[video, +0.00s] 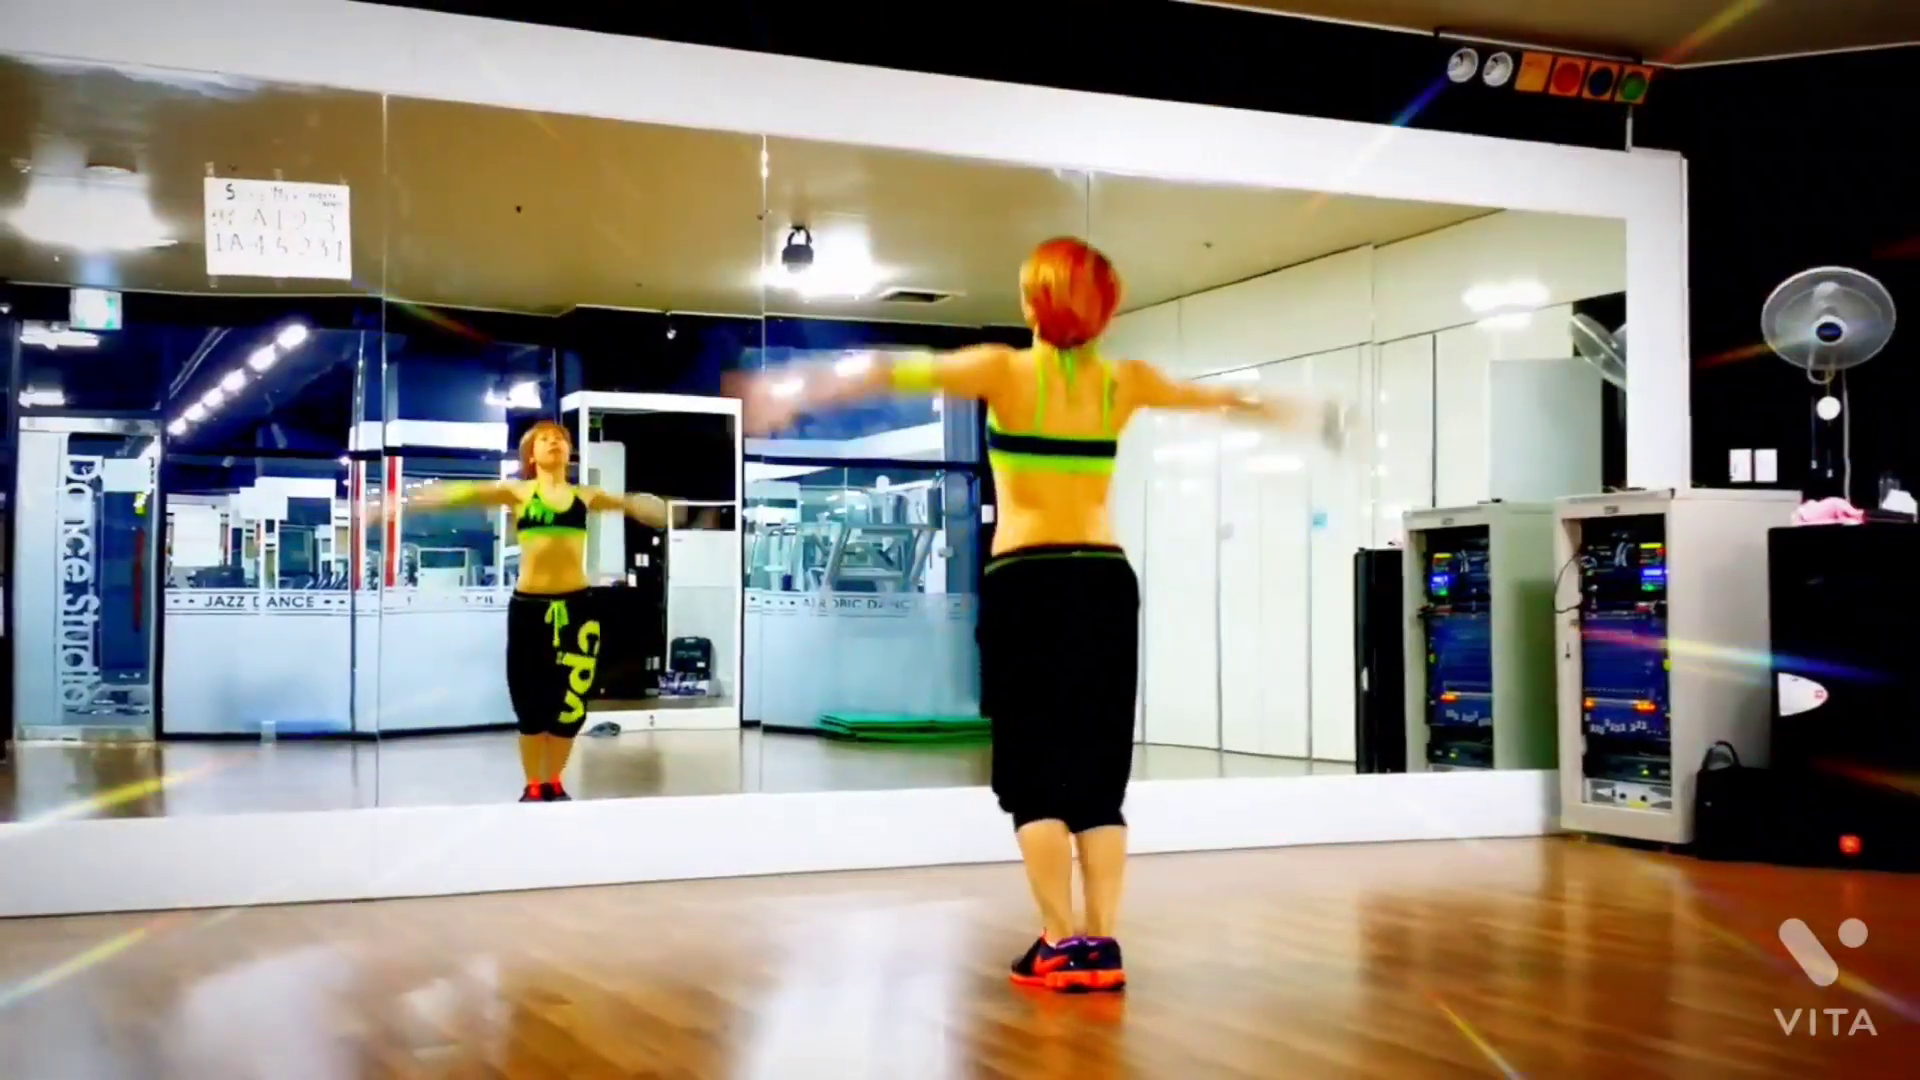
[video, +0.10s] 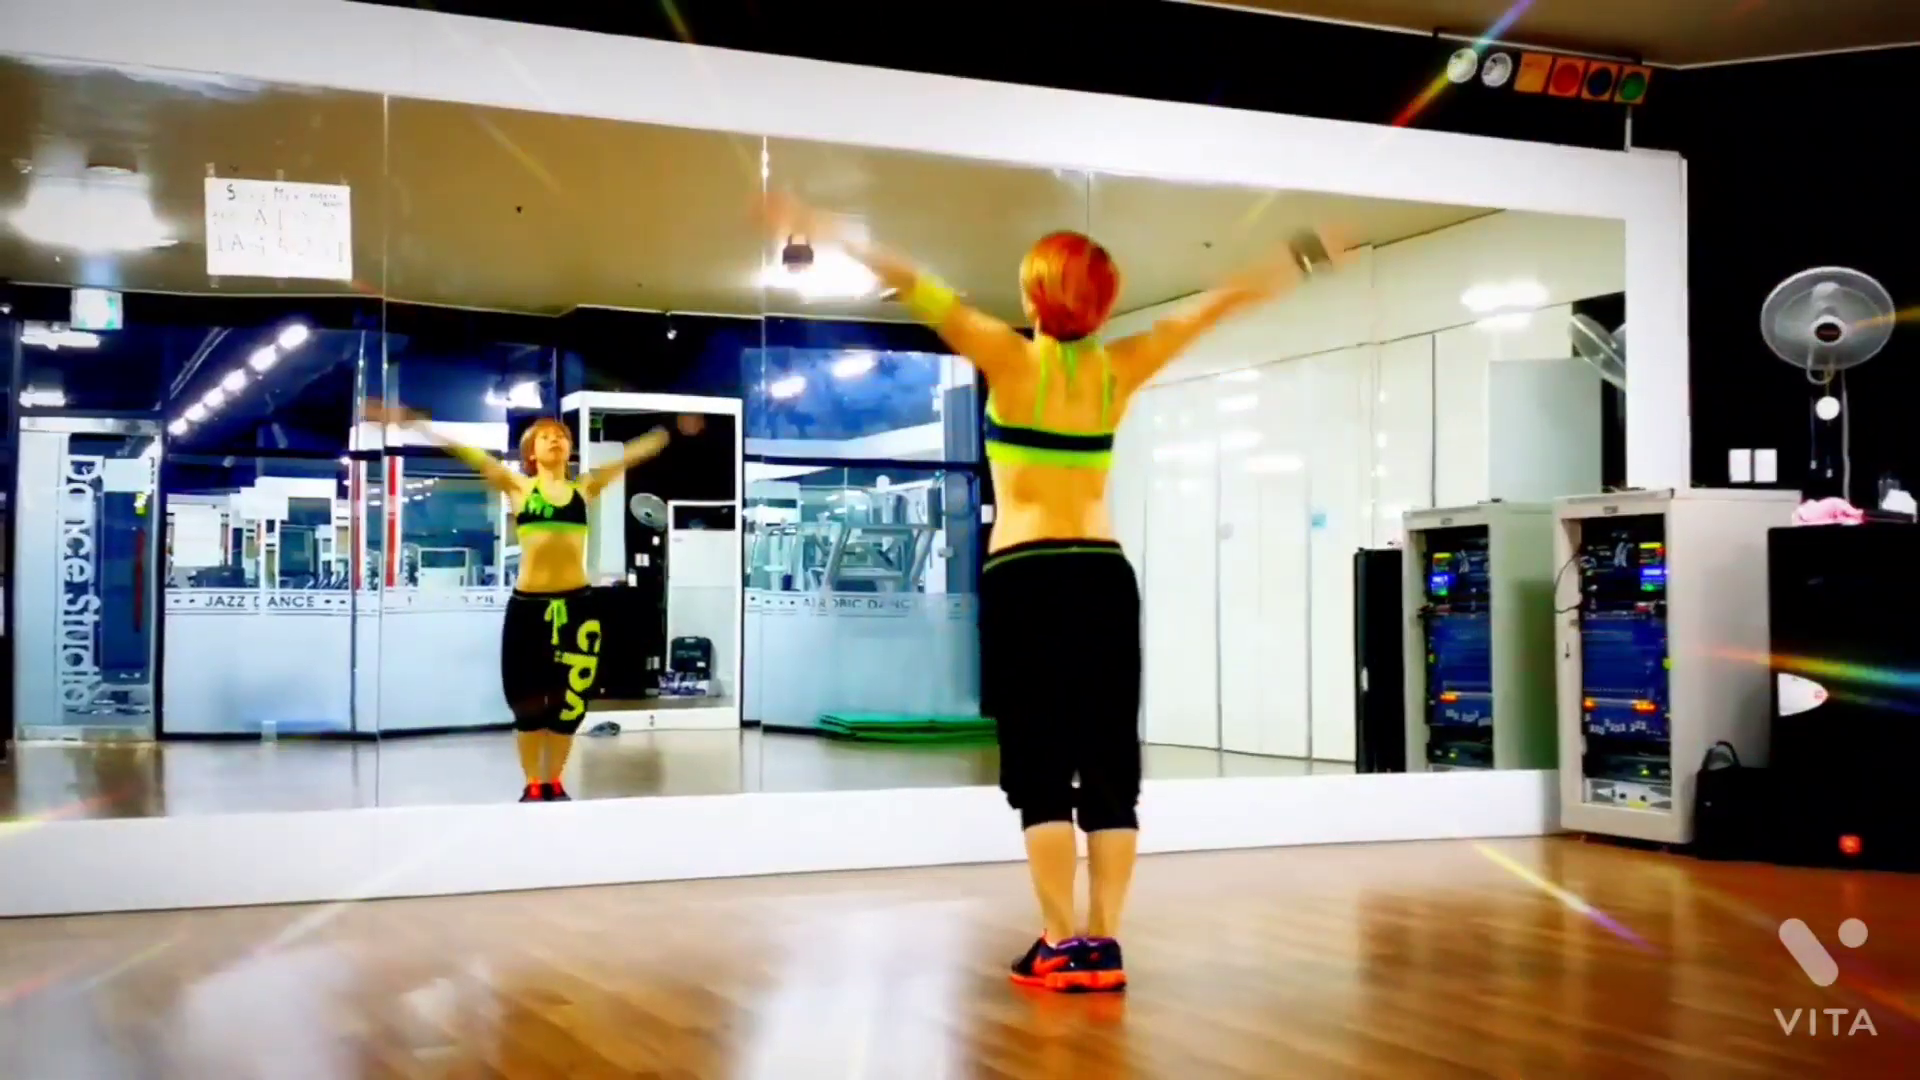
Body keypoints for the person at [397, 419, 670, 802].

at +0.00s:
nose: (554, 443)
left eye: (559, 438)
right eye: (545, 439)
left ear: (570, 450)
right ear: (530, 454)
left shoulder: (584, 495)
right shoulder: (517, 491)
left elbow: (627, 502)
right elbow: (463, 494)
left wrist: (656, 511)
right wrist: (408, 502)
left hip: (577, 604)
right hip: (530, 605)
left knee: (570, 702)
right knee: (531, 702)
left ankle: (553, 781)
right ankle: (533, 785)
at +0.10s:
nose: (554, 442)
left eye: (560, 437)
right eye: (546, 437)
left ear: (570, 449)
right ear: (531, 450)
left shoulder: (583, 487)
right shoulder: (519, 487)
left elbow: (629, 457)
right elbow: (470, 455)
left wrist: (672, 429)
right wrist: (416, 423)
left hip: (576, 603)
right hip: (528, 604)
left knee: (570, 701)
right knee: (529, 704)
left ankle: (554, 782)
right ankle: (532, 785)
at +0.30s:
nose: (554, 441)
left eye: (559, 436)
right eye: (545, 436)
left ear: (568, 447)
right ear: (527, 449)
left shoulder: (580, 483)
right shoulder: (518, 481)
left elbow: (601, 431)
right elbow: (486, 423)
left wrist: (625, 383)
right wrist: (456, 376)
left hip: (576, 602)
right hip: (528, 603)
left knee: (569, 701)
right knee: (526, 701)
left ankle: (552, 783)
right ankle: (531, 785)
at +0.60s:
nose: (548, 444)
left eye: (555, 439)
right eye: (540, 438)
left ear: (565, 447)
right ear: (528, 449)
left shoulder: (577, 482)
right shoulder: (517, 483)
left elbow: (575, 414)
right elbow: (518, 415)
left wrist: (563, 365)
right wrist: (524, 361)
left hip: (574, 600)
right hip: (527, 602)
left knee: (568, 702)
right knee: (527, 702)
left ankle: (553, 782)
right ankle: (531, 785)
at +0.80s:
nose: (545, 470)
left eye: (552, 464)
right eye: (533, 460)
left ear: (563, 466)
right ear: (518, 464)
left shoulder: (574, 501)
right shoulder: (509, 500)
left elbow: (558, 463)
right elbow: (535, 488)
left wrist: (561, 425)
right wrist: (560, 429)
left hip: (571, 615)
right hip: (524, 617)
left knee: (568, 712)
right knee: (531, 710)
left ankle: (552, 781)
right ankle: (532, 786)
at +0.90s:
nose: (544, 479)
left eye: (550, 473)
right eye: (535, 473)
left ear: (559, 480)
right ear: (521, 484)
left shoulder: (573, 522)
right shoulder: (509, 522)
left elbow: (579, 532)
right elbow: (533, 537)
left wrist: (567, 495)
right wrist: (561, 490)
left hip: (569, 627)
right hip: (524, 629)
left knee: (569, 723)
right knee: (532, 719)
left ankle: (550, 781)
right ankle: (532, 786)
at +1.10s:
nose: (542, 463)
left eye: (548, 454)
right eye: (534, 455)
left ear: (560, 459)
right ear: (521, 462)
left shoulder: (569, 503)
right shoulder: (509, 502)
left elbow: (588, 500)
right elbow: (510, 502)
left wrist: (580, 482)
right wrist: (556, 458)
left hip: (569, 610)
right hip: (523, 612)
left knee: (568, 706)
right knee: (529, 707)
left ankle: (552, 781)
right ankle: (532, 785)